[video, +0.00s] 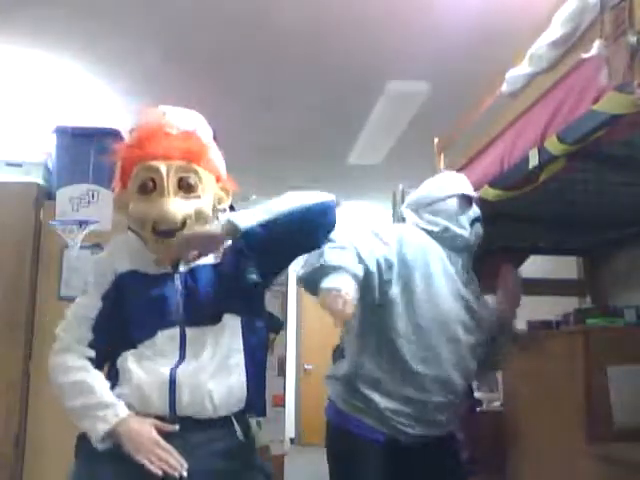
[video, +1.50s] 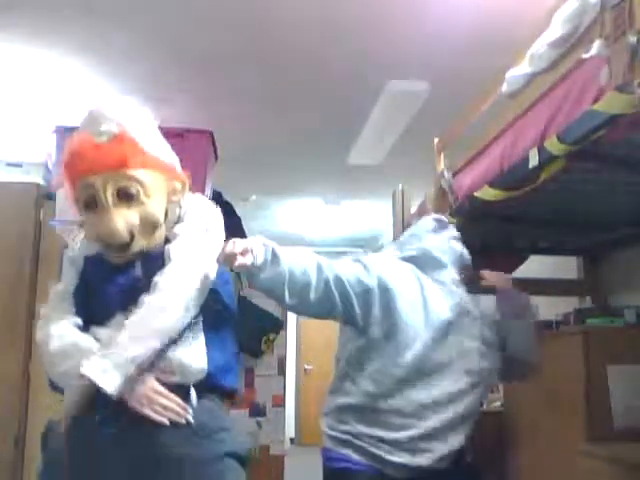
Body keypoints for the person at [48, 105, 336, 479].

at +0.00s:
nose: (168, 204)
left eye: (186, 186)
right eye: (148, 186)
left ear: (216, 196)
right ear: (126, 201)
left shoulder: (242, 260)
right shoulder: (116, 269)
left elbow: (322, 209)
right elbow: (67, 360)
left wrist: (229, 227)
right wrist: (121, 423)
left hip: (220, 449)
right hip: (124, 448)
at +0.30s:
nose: (169, 203)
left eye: (187, 182)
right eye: (150, 184)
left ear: (221, 192)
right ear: (130, 200)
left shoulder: (233, 255)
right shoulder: (119, 269)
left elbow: (280, 203)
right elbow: (78, 359)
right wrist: (117, 420)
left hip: (218, 453)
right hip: (126, 455)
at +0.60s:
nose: (144, 219)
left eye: (157, 202)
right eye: (127, 208)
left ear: (181, 205)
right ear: (109, 218)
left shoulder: (216, 262)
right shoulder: (108, 284)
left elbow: (265, 212)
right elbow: (67, 378)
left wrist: (190, 189)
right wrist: (114, 434)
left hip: (208, 456)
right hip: (119, 458)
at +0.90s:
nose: (133, 218)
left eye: (148, 194)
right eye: (111, 203)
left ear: (181, 209)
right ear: (93, 231)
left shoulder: (217, 265)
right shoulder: (96, 305)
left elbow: (272, 200)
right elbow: (54, 406)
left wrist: (201, 158)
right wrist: (103, 465)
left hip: (216, 464)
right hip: (133, 469)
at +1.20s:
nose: (126, 273)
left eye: (137, 242)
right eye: (100, 255)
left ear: (174, 231)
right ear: (86, 262)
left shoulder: (200, 262)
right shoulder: (93, 304)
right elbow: (69, 385)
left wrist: (182, 359)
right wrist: (144, 436)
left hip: (215, 444)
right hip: (118, 450)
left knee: (243, 471)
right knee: (84, 461)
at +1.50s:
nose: (112, 224)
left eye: (127, 195)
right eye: (91, 204)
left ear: (174, 192)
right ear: (79, 212)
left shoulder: (199, 216)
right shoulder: (82, 254)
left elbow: (171, 305)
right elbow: (54, 335)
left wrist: (90, 379)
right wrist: (122, 381)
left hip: (189, 416)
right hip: (99, 419)